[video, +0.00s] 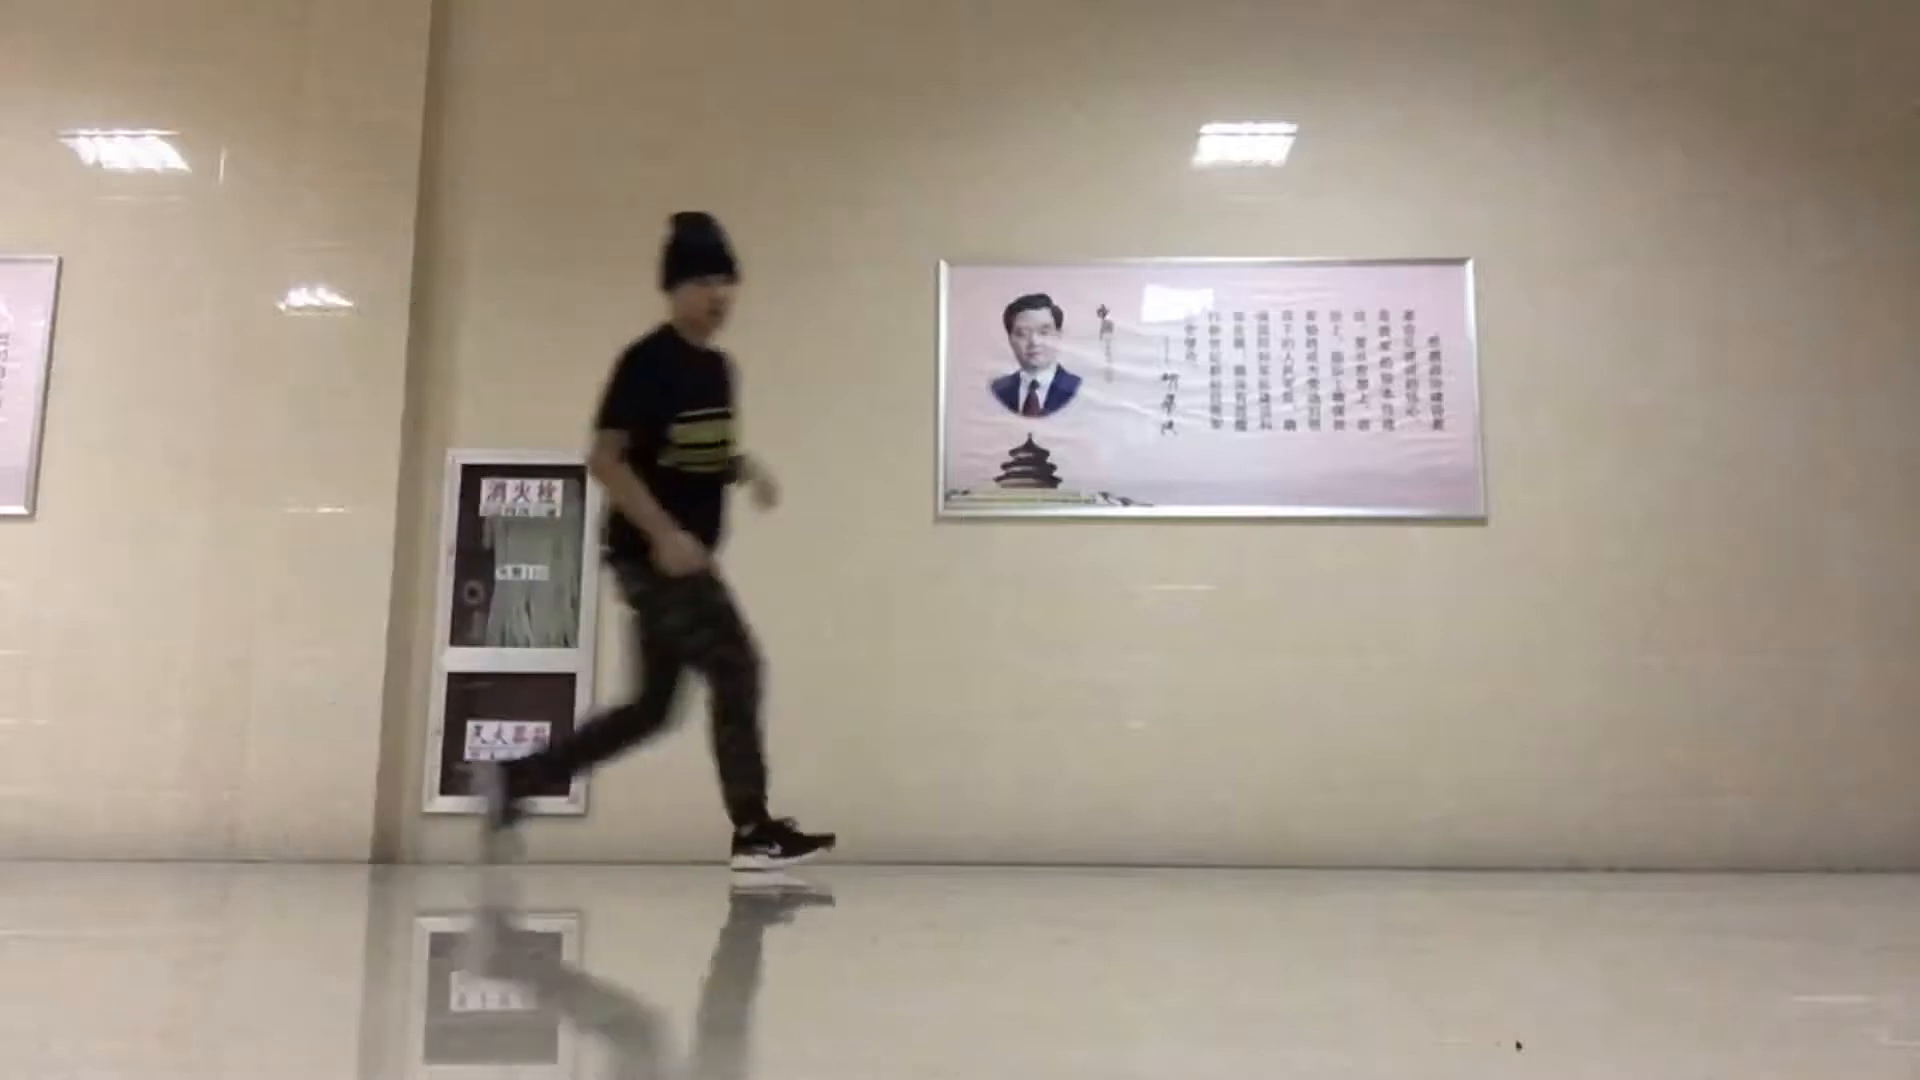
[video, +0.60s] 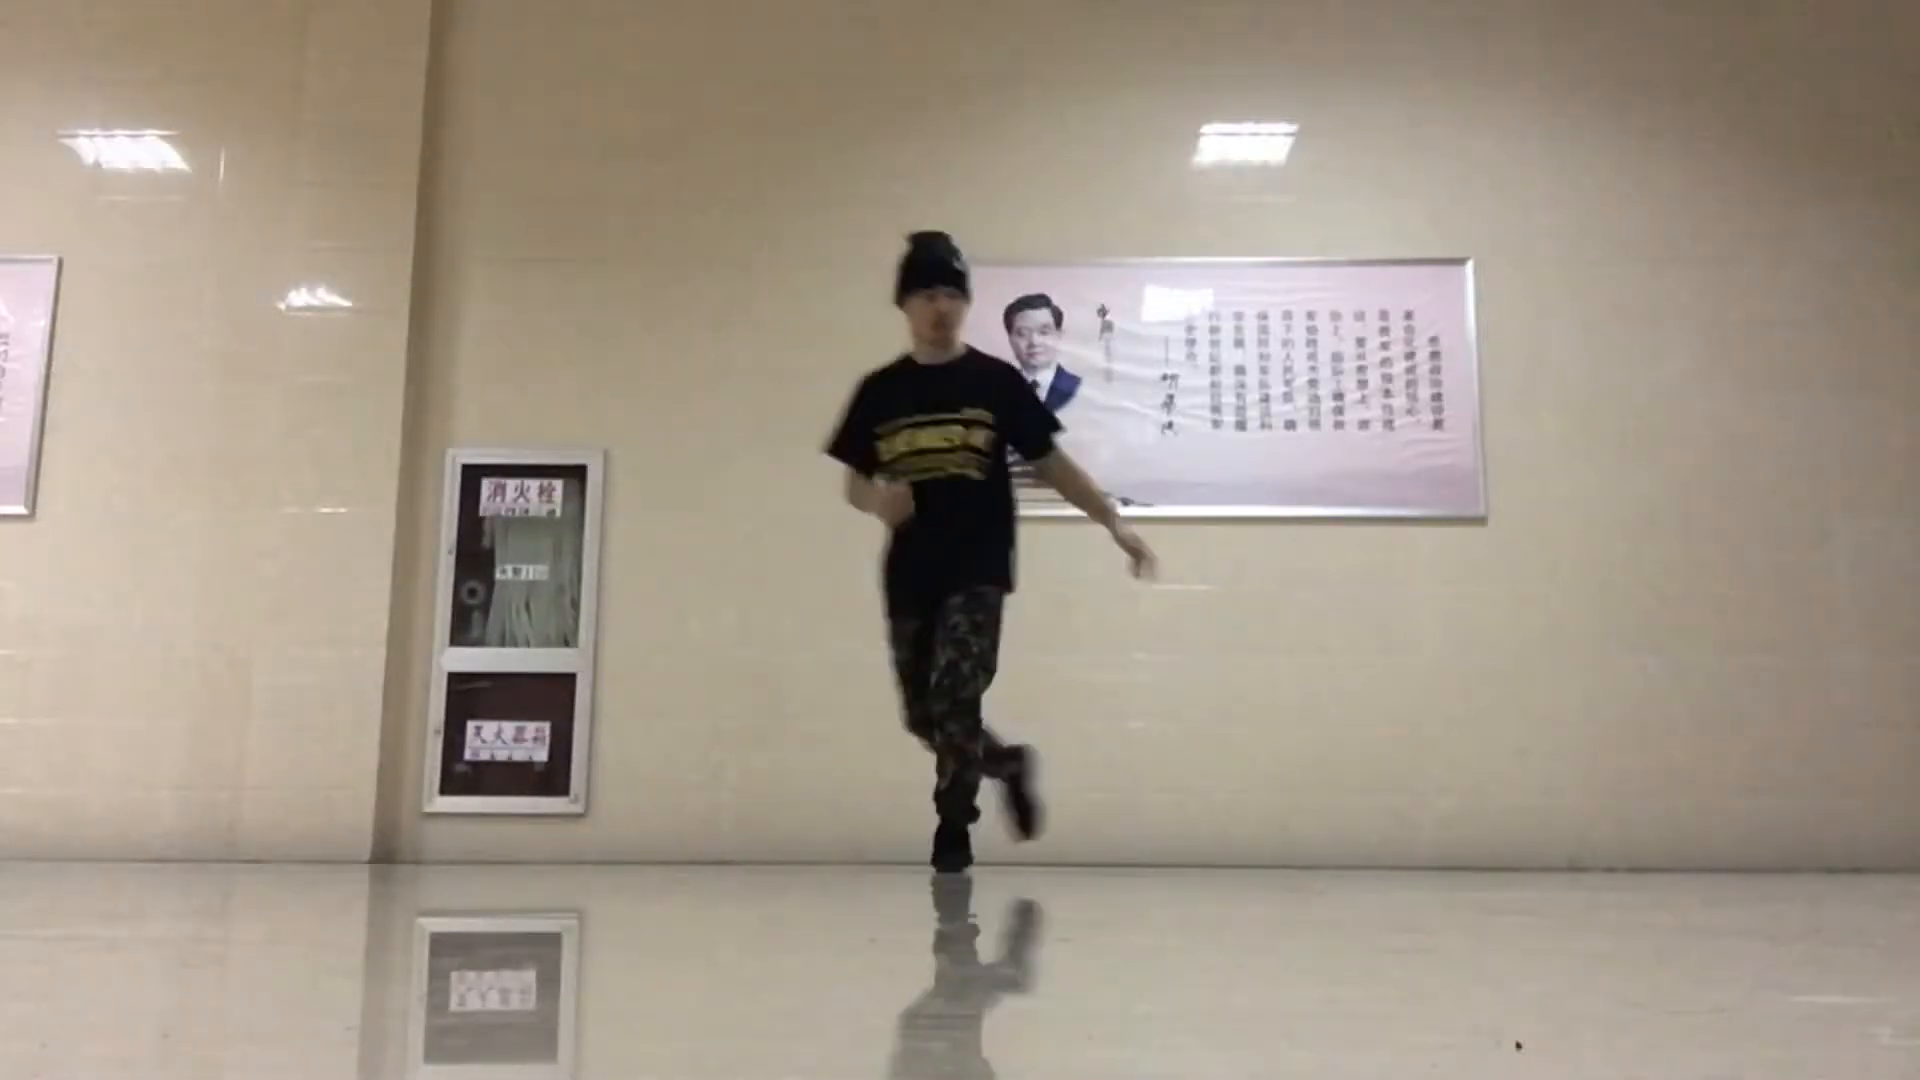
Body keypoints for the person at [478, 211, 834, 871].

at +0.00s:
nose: (717, 296)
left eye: (725, 282)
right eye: (702, 283)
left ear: (735, 288)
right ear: (672, 287)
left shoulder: (718, 368)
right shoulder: (646, 361)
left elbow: (706, 446)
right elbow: (606, 460)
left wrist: (745, 473)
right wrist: (664, 532)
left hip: (682, 553)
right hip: (651, 554)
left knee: (653, 707)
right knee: (735, 668)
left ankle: (521, 778)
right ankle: (752, 826)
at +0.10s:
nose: (762, 305)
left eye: (770, 291)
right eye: (747, 291)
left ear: (779, 298)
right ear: (716, 298)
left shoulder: (778, 379)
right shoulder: (685, 377)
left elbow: (813, 472)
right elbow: (651, 475)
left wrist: (806, 454)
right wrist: (721, 541)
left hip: (758, 560)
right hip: (707, 564)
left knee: (776, 701)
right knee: (789, 680)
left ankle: (648, 779)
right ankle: (764, 830)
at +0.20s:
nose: (798, 293)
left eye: (807, 279)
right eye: (783, 282)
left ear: (817, 284)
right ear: (755, 288)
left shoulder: (826, 364)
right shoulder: (727, 369)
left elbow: (862, 444)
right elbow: (705, 472)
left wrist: (860, 470)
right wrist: (764, 540)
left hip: (812, 545)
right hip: (753, 551)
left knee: (853, 682)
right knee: (810, 680)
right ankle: (766, 828)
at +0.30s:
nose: (838, 259)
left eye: (845, 246)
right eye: (823, 247)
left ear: (854, 250)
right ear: (793, 253)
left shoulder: (874, 329)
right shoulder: (760, 338)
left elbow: (904, 409)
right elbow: (745, 438)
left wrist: (931, 477)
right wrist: (802, 500)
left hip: (867, 515)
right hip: (795, 520)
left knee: (901, 653)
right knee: (804, 666)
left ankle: (905, 793)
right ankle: (779, 810)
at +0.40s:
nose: (872, 249)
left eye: (881, 236)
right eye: (858, 237)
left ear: (892, 240)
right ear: (829, 242)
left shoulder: (919, 319)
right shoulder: (792, 327)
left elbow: (957, 401)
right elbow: (776, 421)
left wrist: (992, 468)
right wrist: (830, 465)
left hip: (911, 510)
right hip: (835, 516)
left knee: (933, 649)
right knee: (840, 654)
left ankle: (945, 790)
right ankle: (840, 794)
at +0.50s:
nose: (907, 275)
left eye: (916, 262)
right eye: (892, 263)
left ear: (931, 267)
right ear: (867, 270)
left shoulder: (962, 346)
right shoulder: (835, 355)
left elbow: (1007, 426)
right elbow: (813, 444)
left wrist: (1052, 478)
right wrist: (854, 467)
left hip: (946, 529)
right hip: (872, 535)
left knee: (953, 670)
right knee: (883, 672)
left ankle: (958, 810)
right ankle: (926, 776)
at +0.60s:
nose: (940, 309)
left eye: (952, 296)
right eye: (926, 297)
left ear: (968, 303)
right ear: (904, 304)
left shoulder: (999, 382)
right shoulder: (879, 390)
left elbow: (1052, 463)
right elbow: (855, 486)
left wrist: (1116, 523)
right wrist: (876, 498)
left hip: (980, 564)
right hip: (911, 564)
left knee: (953, 702)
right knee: (922, 715)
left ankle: (952, 826)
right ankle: (1011, 763)